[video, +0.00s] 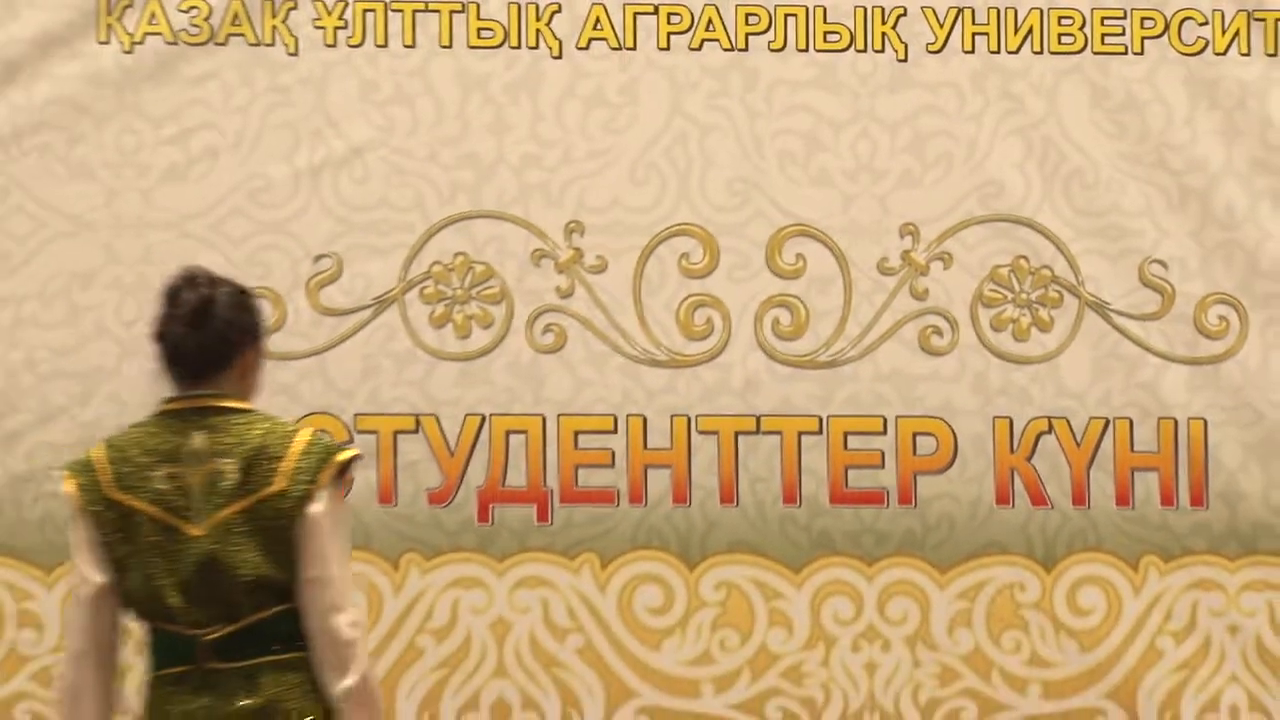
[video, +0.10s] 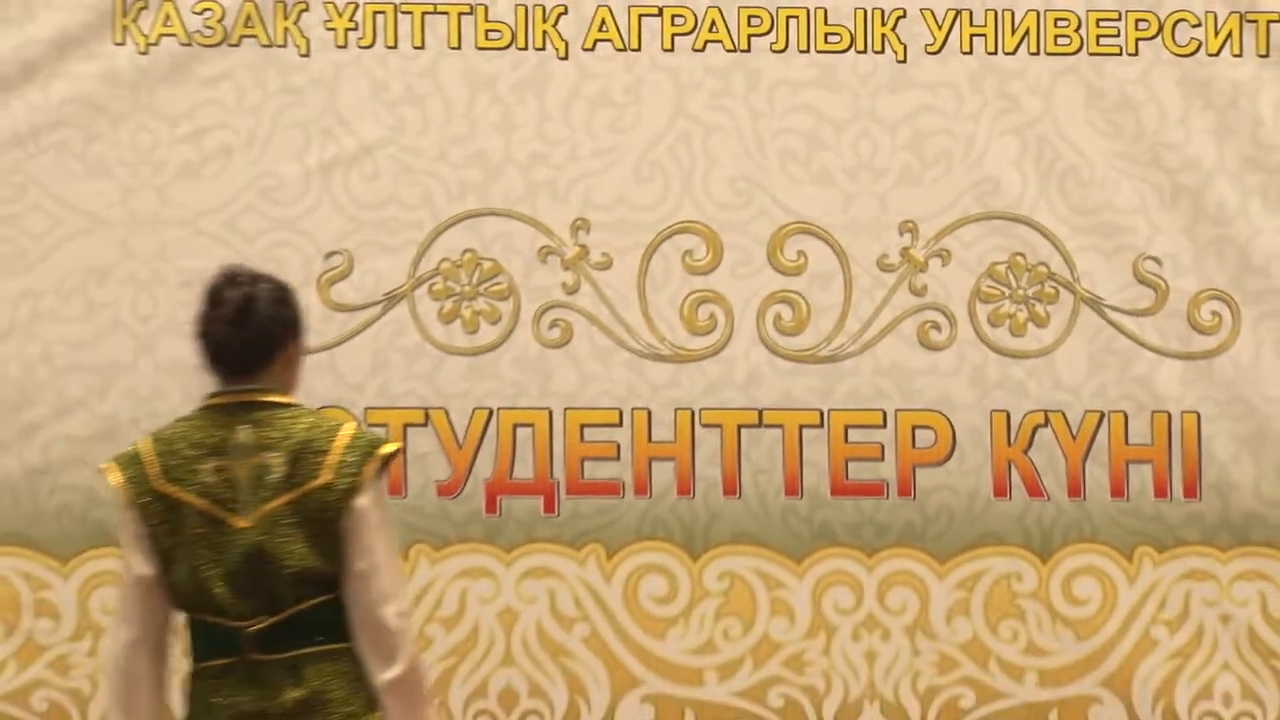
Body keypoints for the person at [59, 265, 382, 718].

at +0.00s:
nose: (261, 361)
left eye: (261, 348)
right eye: (260, 349)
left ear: (166, 354)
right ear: (249, 356)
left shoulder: (101, 471)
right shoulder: (302, 458)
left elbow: (90, 633)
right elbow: (330, 620)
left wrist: (88, 710)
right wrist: (360, 708)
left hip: (172, 697)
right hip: (284, 694)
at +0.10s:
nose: (302, 354)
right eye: (301, 344)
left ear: (208, 350)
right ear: (291, 349)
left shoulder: (149, 464)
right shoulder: (340, 449)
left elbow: (141, 627)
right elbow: (378, 614)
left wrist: (139, 712)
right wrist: (412, 709)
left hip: (216, 696)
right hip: (329, 692)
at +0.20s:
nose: (323, 350)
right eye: (323, 340)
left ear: (232, 348)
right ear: (316, 345)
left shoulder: (172, 460)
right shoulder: (369, 448)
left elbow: (167, 625)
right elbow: (403, 614)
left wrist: (168, 712)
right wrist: (437, 710)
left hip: (232, 700)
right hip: (351, 696)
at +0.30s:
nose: (353, 341)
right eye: (353, 331)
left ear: (263, 341)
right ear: (345, 339)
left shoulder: (207, 444)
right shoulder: (394, 444)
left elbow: (194, 605)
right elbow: (422, 606)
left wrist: (190, 707)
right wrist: (450, 708)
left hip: (249, 693)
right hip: (369, 692)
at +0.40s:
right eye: (365, 325)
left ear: (276, 338)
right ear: (359, 336)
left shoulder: (223, 437)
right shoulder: (409, 439)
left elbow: (207, 592)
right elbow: (430, 595)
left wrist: (196, 706)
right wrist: (453, 707)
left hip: (261, 691)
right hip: (379, 689)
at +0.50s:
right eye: (375, 320)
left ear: (287, 330)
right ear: (372, 330)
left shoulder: (244, 424)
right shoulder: (423, 429)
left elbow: (219, 574)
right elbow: (434, 576)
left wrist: (197, 700)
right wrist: (442, 699)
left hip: (273, 689)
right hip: (389, 690)